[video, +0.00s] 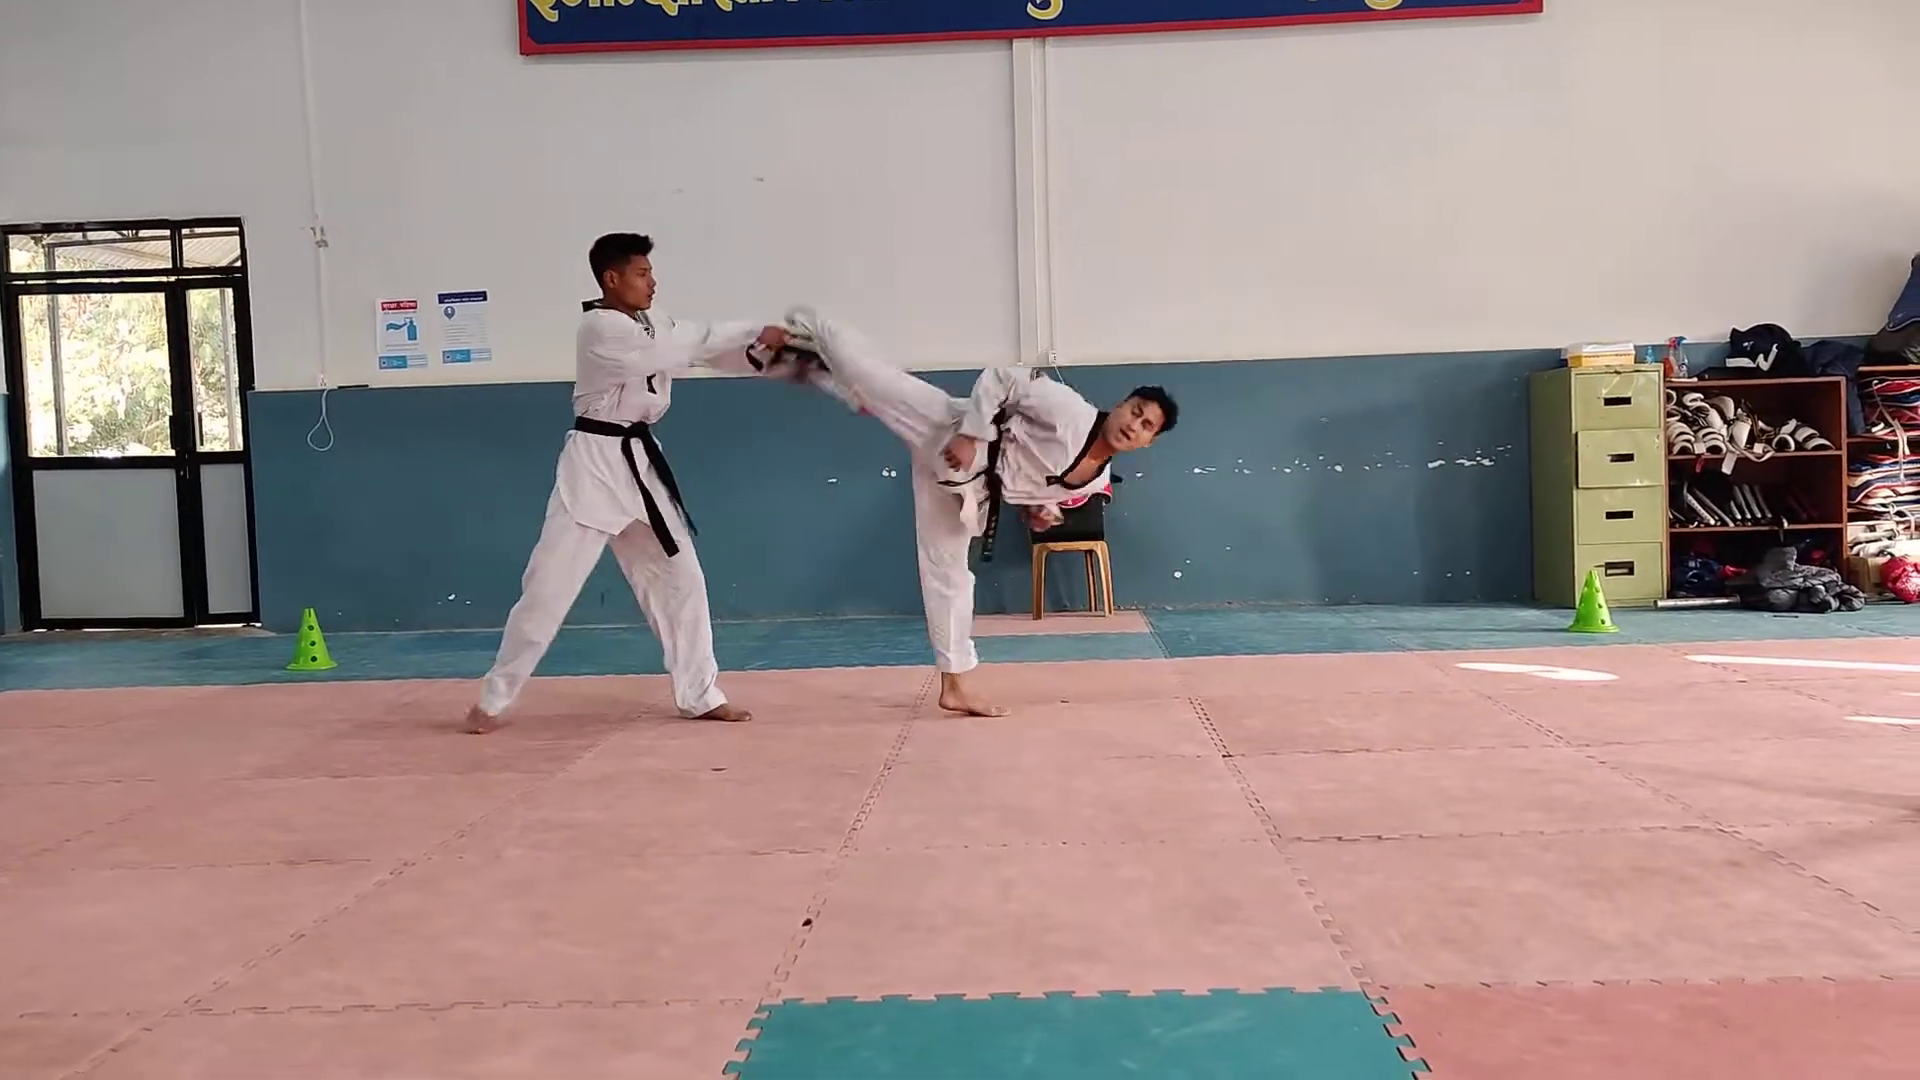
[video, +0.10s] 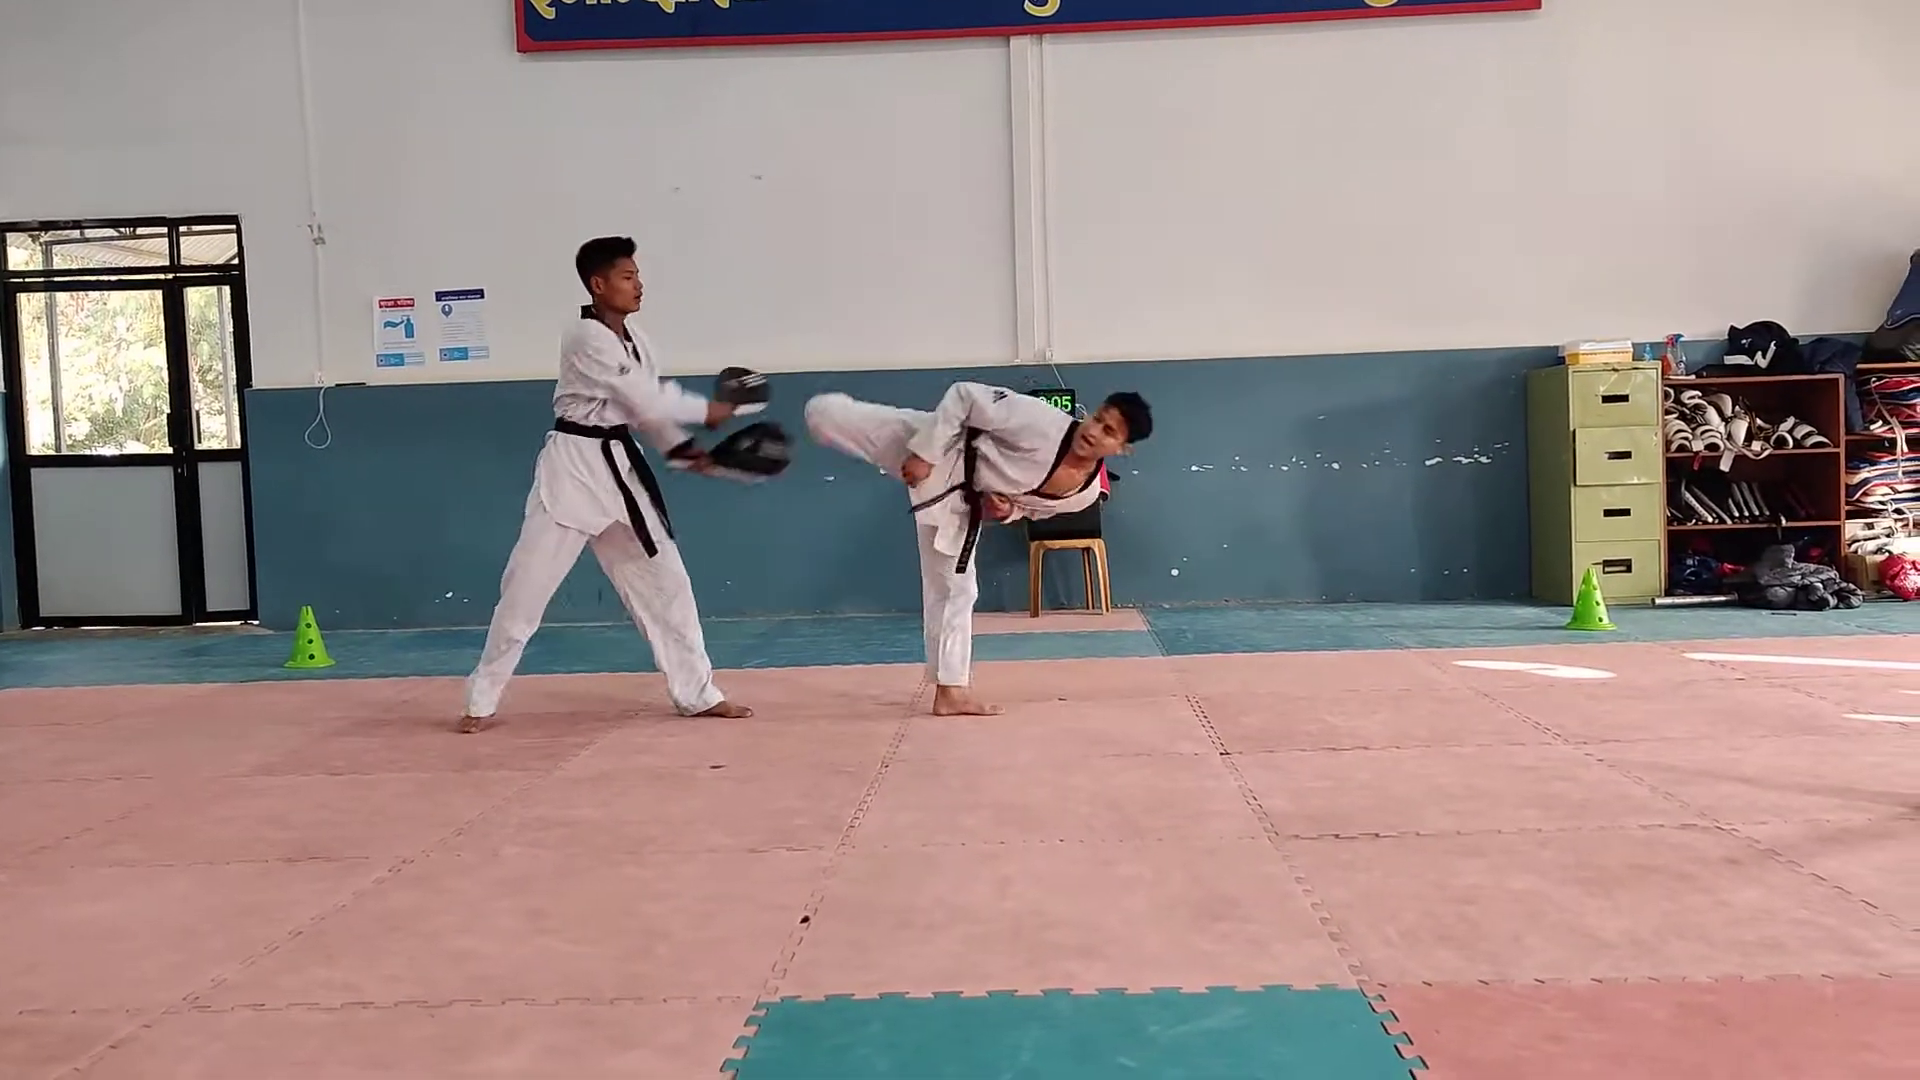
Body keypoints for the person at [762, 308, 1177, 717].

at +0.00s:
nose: (1134, 424)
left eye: (1147, 426)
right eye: (1135, 411)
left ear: (1149, 442)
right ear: (1119, 403)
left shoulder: (1095, 482)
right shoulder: (1067, 410)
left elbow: (1035, 486)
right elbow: (1000, 378)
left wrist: (1041, 511)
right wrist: (972, 435)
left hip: (963, 489)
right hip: (953, 430)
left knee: (949, 574)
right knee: (866, 378)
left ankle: (955, 685)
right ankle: (806, 331)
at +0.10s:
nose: (1095, 431)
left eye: (1110, 433)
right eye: (1098, 420)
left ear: (1122, 449)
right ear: (1090, 413)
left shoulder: (1087, 494)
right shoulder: (1043, 422)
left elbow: (1036, 508)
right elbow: (964, 394)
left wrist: (1011, 510)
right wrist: (924, 454)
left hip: (960, 500)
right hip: (941, 447)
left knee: (957, 587)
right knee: (820, 414)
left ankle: (950, 693)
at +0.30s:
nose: (1000, 369)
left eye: (1011, 365)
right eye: (1003, 361)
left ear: (1041, 380)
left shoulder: (1068, 442)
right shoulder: (969, 391)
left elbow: (1043, 492)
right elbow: (913, 419)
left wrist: (1007, 524)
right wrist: (896, 473)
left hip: (984, 501)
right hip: (928, 472)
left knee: (986, 592)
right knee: (889, 562)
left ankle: (955, 690)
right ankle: (853, 660)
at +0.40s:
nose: (965, 344)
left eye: (975, 338)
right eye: (968, 335)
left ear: (1006, 351)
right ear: (1000, 349)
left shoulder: (1047, 405)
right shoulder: (940, 387)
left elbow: (1056, 461)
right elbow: (903, 444)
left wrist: (1039, 513)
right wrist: (889, 497)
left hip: (999, 500)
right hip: (933, 491)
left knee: (1028, 584)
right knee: (906, 584)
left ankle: (981, 674)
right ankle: (887, 685)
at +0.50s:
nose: (949, 311)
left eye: (957, 302)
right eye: (951, 301)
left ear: (988, 311)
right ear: (980, 311)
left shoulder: (1038, 365)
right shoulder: (940, 360)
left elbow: (1081, 405)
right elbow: (917, 418)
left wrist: (1061, 459)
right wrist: (903, 466)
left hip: (1017, 478)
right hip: (951, 477)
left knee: (1044, 575)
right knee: (914, 586)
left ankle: (1051, 651)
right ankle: (888, 687)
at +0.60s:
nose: (954, 296)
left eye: (963, 287)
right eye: (956, 286)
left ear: (994, 295)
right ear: (988, 294)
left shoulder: (1039, 348)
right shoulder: (954, 351)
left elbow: (1107, 377)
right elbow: (946, 407)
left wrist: (1104, 441)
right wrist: (933, 444)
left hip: (1036, 467)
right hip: (974, 469)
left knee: (1062, 569)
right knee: (943, 571)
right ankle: (932, 672)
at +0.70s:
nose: (965, 306)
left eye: (973, 297)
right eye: (968, 297)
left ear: (1003, 306)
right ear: (996, 306)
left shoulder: (1051, 360)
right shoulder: (973, 367)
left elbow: (1117, 410)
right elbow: (984, 433)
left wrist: (1150, 477)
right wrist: (958, 470)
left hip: (1062, 483)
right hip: (1005, 489)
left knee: (1107, 583)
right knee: (957, 570)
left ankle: (1172, 663)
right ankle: (963, 672)